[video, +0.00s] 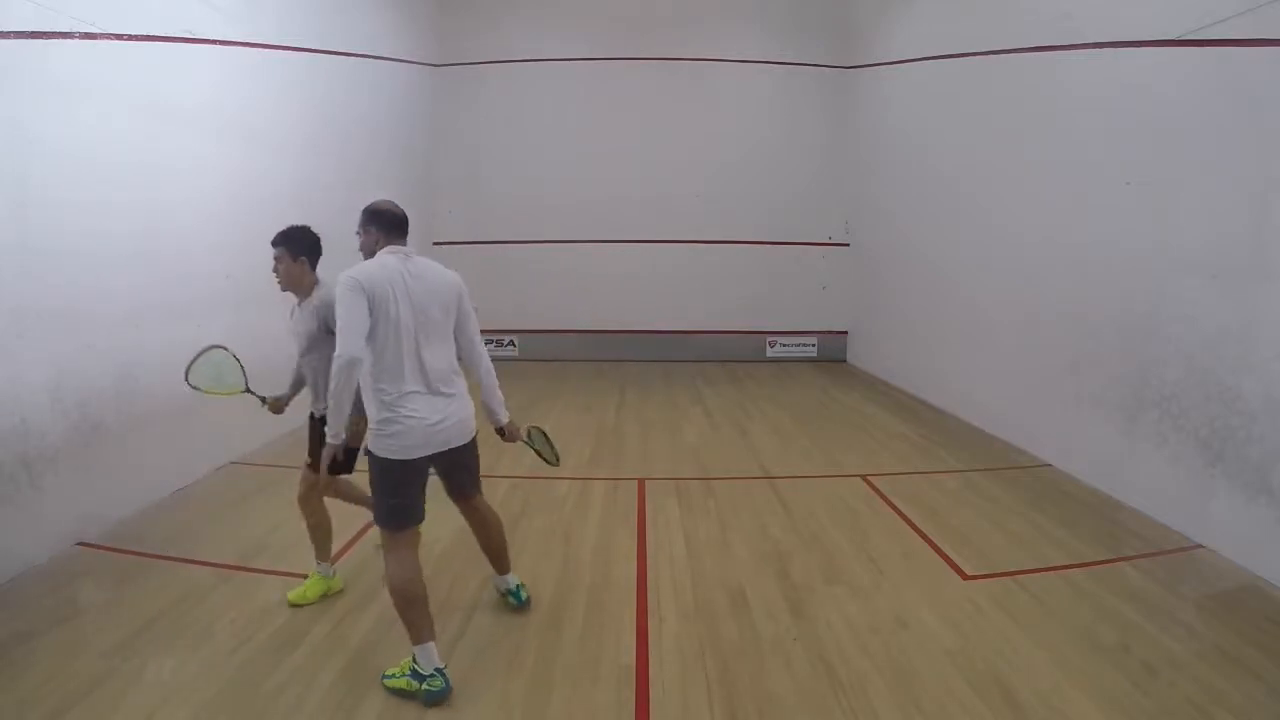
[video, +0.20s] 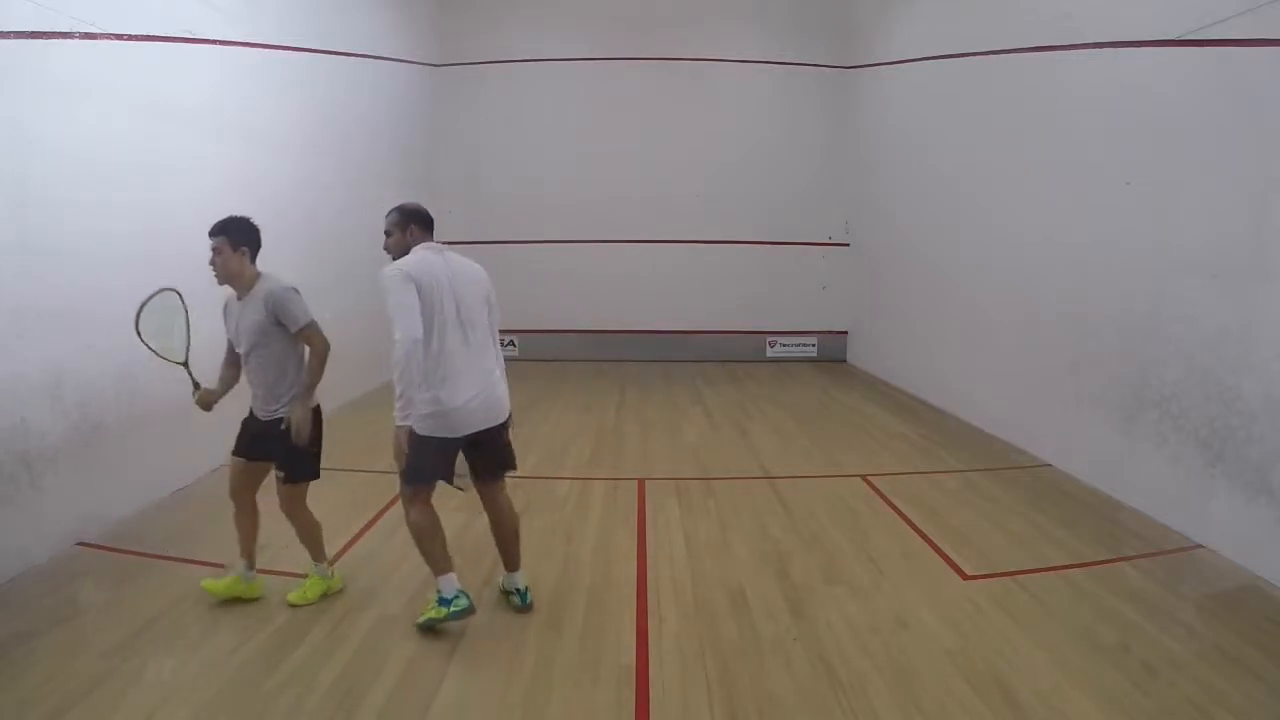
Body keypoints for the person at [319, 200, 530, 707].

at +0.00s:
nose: (358, 243)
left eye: (360, 235)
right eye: (360, 235)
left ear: (372, 235)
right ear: (405, 233)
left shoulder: (357, 280)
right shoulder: (447, 279)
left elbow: (350, 355)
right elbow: (476, 354)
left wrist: (335, 435)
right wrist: (500, 415)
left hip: (398, 438)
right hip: (455, 427)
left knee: (400, 547)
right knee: (472, 499)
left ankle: (429, 667)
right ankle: (510, 583)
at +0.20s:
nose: (385, 244)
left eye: (389, 235)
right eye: (384, 236)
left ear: (412, 232)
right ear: (425, 232)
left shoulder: (400, 272)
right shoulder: (474, 270)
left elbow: (409, 340)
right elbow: (493, 343)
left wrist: (402, 421)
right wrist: (502, 410)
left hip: (435, 412)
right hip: (488, 405)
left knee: (416, 497)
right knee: (493, 488)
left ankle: (451, 593)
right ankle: (517, 584)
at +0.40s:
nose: (395, 244)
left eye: (400, 235)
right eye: (394, 236)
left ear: (426, 233)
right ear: (434, 234)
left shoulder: (415, 270)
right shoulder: (477, 269)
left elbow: (431, 328)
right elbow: (499, 335)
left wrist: (415, 402)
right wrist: (487, 382)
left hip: (447, 404)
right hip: (498, 398)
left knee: (449, 479)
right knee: (498, 483)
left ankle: (461, 550)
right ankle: (516, 582)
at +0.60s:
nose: (392, 248)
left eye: (397, 239)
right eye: (392, 240)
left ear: (420, 236)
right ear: (430, 236)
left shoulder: (413, 274)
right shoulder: (474, 267)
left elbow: (417, 340)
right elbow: (494, 333)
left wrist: (396, 396)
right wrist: (485, 377)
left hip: (444, 396)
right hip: (491, 391)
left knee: (444, 470)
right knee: (478, 462)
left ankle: (462, 549)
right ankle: (506, 535)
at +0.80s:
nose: (396, 240)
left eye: (399, 233)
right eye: (396, 233)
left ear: (418, 231)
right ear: (433, 231)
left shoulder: (407, 266)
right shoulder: (475, 265)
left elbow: (405, 323)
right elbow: (501, 326)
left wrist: (392, 367)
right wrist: (516, 372)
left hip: (438, 387)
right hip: (481, 382)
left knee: (441, 466)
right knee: (470, 446)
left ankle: (463, 547)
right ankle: (493, 523)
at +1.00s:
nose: (414, 241)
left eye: (414, 237)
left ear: (415, 240)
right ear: (449, 237)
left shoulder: (400, 275)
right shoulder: (476, 273)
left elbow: (401, 334)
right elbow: (498, 335)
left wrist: (411, 368)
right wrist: (511, 380)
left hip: (427, 391)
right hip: (472, 386)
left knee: (424, 458)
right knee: (468, 448)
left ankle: (458, 535)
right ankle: (491, 525)